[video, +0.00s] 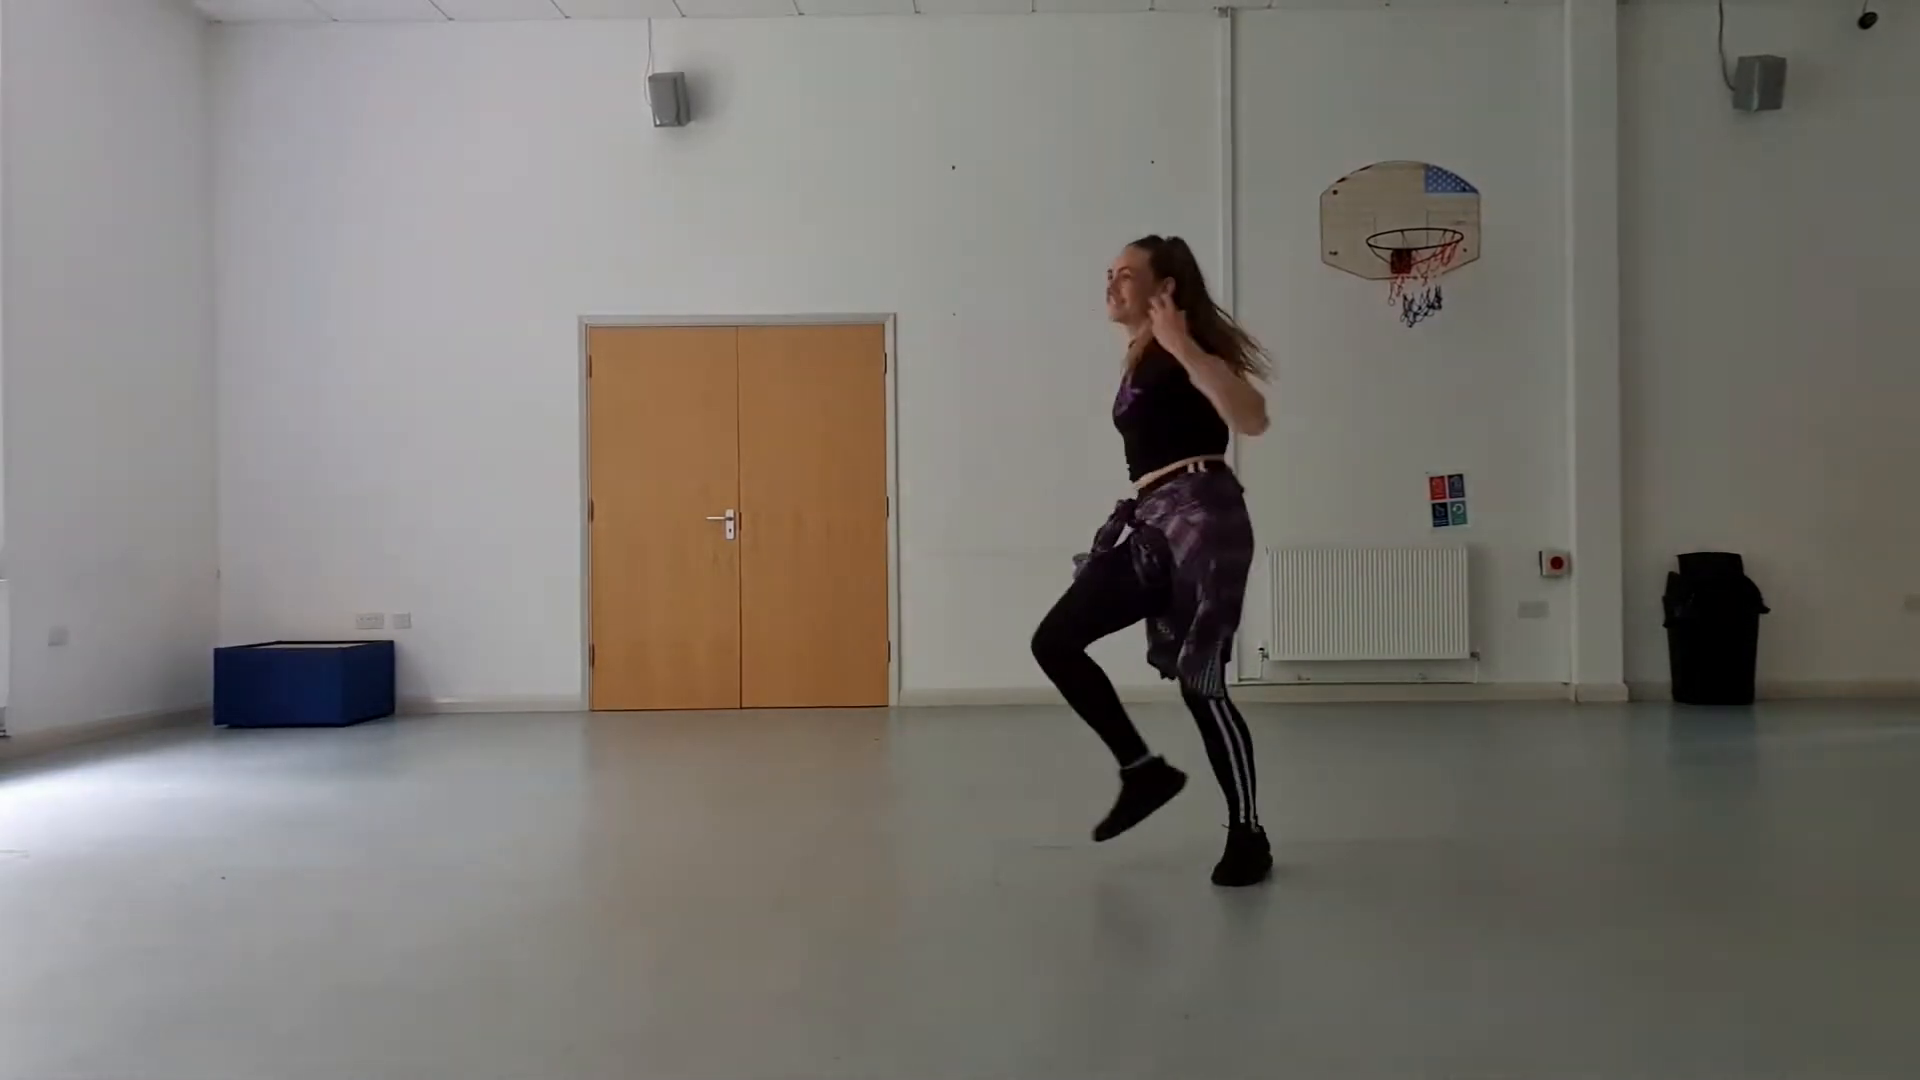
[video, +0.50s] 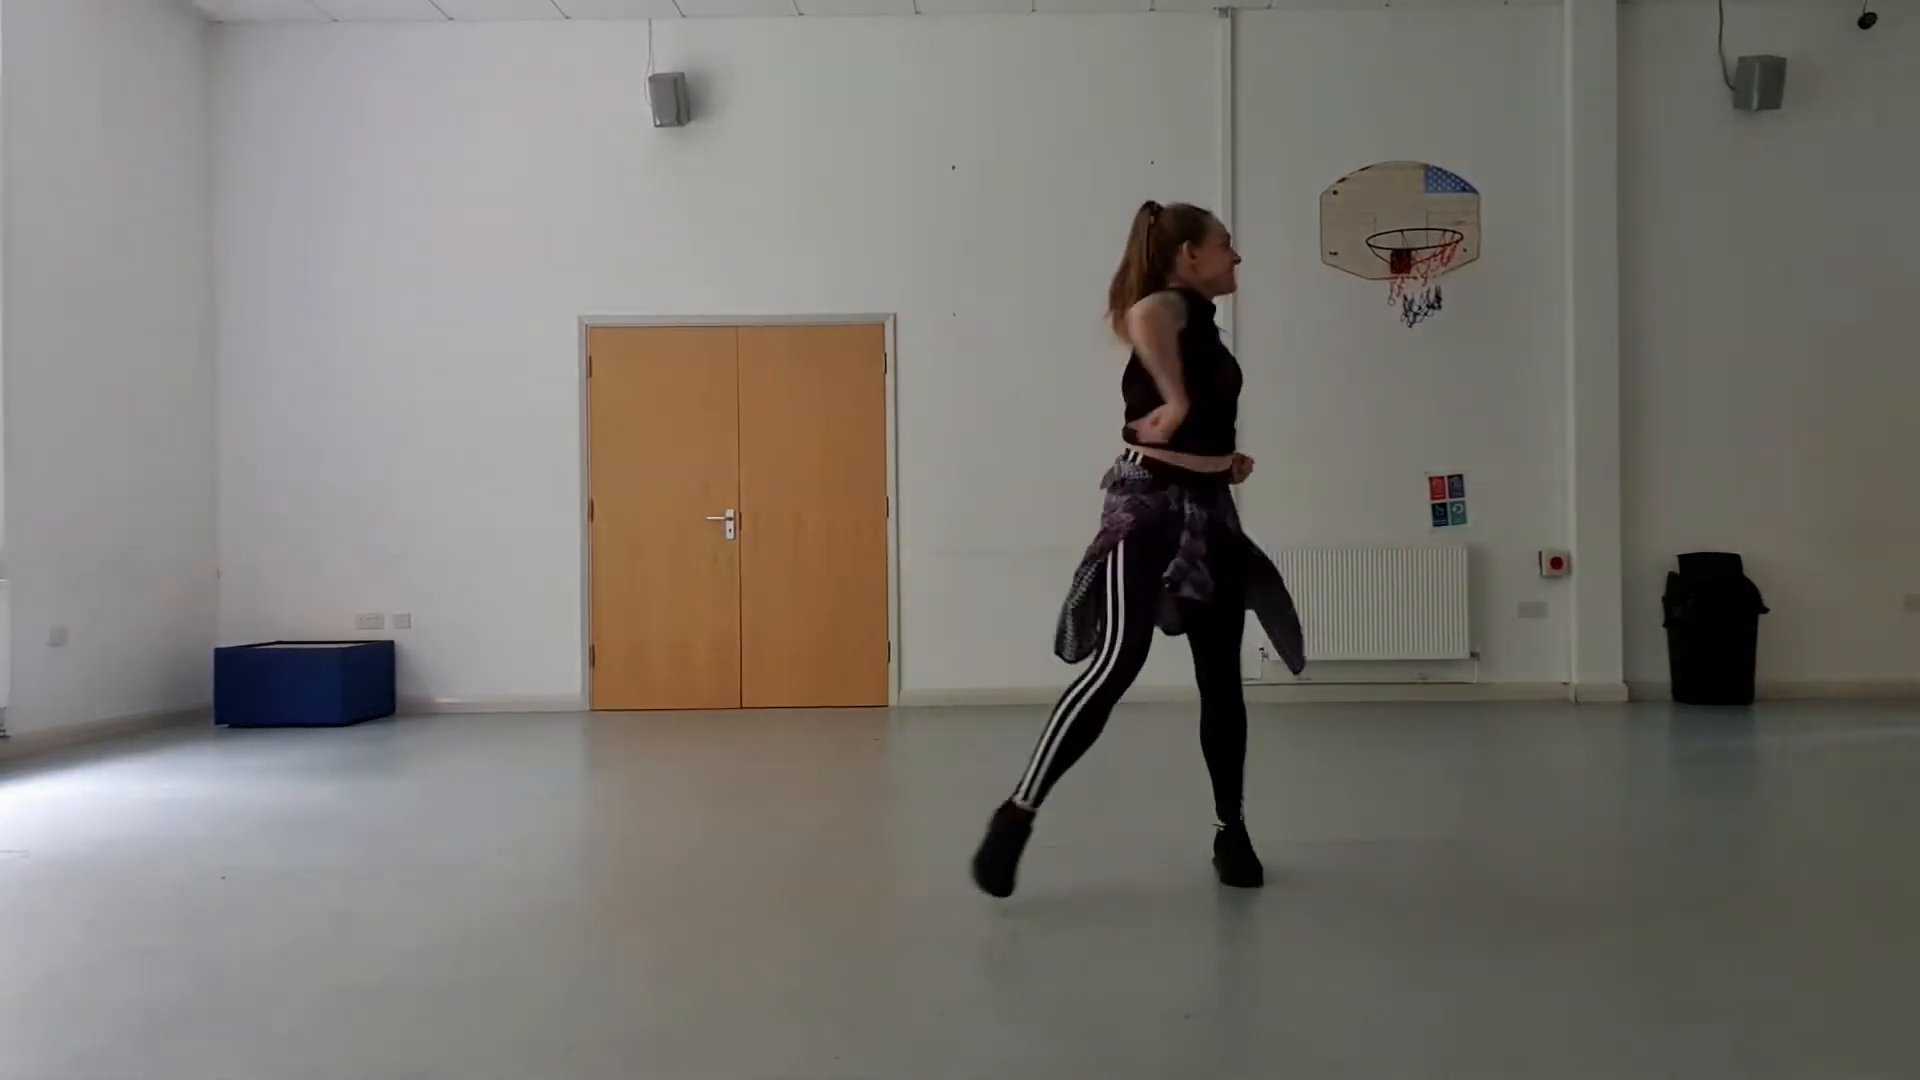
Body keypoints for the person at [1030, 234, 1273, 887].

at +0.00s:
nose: (1110, 288)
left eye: (1123, 278)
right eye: (1111, 278)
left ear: (1163, 288)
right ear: (1140, 293)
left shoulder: (1200, 344)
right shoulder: (1141, 355)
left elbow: (1252, 419)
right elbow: (1162, 447)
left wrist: (1179, 345)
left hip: (1204, 518)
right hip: (1149, 524)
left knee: (1202, 682)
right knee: (1054, 643)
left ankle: (1246, 833)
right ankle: (1141, 770)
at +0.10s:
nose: (1137, 272)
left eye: (1152, 260)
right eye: (1133, 261)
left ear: (1191, 269)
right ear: (1132, 271)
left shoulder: (1220, 335)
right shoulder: (1129, 343)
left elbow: (1289, 422)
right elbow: (1144, 435)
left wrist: (1248, 416)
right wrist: (1133, 512)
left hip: (1214, 513)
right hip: (1144, 518)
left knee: (1220, 676)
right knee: (1106, 675)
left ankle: (1239, 830)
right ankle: (1181, 789)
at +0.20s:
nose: (1183, 278)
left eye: (1198, 270)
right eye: (1173, 266)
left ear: (1218, 287)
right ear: (1152, 279)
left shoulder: (1240, 356)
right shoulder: (1121, 354)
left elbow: (1289, 443)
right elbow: (1085, 416)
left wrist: (1269, 496)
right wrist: (1106, 485)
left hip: (1227, 532)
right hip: (1152, 536)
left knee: (1228, 692)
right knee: (1155, 700)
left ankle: (1231, 828)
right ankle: (1191, 807)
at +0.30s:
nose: (1238, 285)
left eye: (1239, 275)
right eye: (1223, 274)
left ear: (1237, 291)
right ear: (1179, 288)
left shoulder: (1245, 365)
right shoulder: (1134, 354)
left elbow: (1255, 440)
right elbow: (1048, 405)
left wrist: (1267, 472)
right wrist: (1098, 477)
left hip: (1236, 534)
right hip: (1158, 538)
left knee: (1238, 693)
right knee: (1142, 699)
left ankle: (1233, 830)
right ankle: (1157, 785)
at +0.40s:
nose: (1251, 277)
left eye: (1247, 267)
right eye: (1238, 267)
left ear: (1215, 281)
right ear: (1198, 279)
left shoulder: (1235, 355)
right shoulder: (1156, 338)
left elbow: (1208, 441)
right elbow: (1062, 369)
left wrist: (1246, 473)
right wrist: (1111, 439)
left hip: (1225, 529)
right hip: (1152, 528)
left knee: (1232, 688)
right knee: (1127, 673)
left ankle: (1233, 832)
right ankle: (1098, 793)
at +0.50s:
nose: (1235, 257)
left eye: (1231, 247)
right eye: (1225, 248)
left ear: (1190, 258)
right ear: (1189, 257)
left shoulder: (1199, 328)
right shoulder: (1166, 304)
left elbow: (1175, 426)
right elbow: (1143, 322)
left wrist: (1224, 460)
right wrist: (1176, 401)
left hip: (1205, 518)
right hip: (1146, 514)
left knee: (1221, 681)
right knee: (1115, 662)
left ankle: (1232, 835)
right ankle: (1017, 815)